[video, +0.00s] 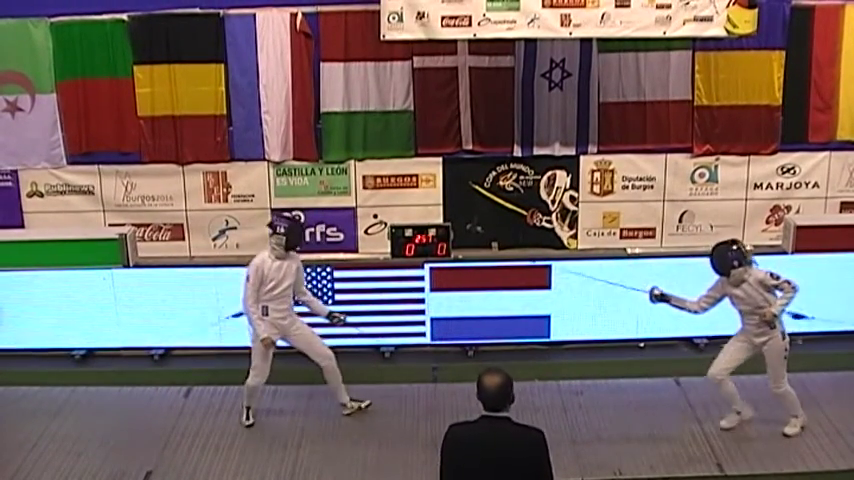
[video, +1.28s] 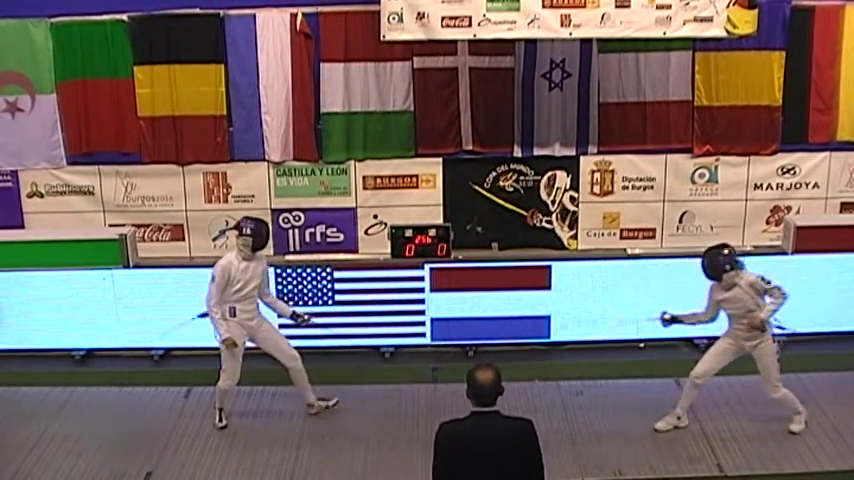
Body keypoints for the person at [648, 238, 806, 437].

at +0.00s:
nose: (729, 278)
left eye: (731, 273)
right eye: (727, 274)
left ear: (741, 266)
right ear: (724, 270)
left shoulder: (758, 277)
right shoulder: (724, 284)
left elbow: (790, 289)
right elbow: (698, 307)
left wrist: (775, 310)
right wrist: (666, 298)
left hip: (773, 336)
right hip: (747, 336)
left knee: (779, 386)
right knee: (717, 374)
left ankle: (798, 418)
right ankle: (740, 410)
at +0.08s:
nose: (723, 272)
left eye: (725, 266)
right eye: (720, 268)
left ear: (733, 259)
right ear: (717, 265)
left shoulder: (750, 270)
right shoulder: (716, 278)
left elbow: (784, 282)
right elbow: (691, 301)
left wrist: (768, 304)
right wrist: (657, 296)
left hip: (765, 330)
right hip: (739, 329)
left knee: (776, 382)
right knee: (707, 371)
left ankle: (796, 417)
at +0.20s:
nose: (710, 272)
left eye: (711, 267)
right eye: (706, 268)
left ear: (718, 262)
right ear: (703, 267)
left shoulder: (736, 273)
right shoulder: (701, 281)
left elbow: (769, 285)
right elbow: (673, 300)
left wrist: (753, 306)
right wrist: (639, 296)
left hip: (752, 333)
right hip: (725, 333)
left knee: (770, 382)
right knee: (692, 374)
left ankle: (793, 417)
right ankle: (668, 416)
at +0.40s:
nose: (681, 278)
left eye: (683, 273)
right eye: (677, 274)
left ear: (693, 267)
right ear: (674, 272)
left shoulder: (708, 278)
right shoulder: (673, 287)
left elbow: (740, 291)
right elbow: (645, 306)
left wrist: (724, 311)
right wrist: (612, 299)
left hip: (725, 335)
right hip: (698, 336)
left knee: (754, 380)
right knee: (667, 374)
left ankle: (786, 413)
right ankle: (662, 420)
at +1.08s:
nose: (698, 272)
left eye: (698, 267)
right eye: (696, 269)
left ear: (706, 261)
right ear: (693, 267)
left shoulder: (726, 271)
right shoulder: (691, 281)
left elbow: (758, 278)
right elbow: (668, 303)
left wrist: (746, 301)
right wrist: (634, 302)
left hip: (742, 329)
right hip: (715, 330)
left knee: (762, 379)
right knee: (684, 370)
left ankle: (789, 411)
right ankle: (678, 415)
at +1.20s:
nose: (713, 280)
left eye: (713, 275)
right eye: (710, 276)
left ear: (720, 269)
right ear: (707, 274)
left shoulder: (740, 281)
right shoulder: (704, 289)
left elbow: (763, 299)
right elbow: (691, 316)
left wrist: (751, 320)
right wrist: (659, 315)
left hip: (751, 339)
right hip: (723, 338)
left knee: (769, 390)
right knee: (687, 374)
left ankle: (799, 411)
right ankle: (678, 415)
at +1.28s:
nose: (721, 281)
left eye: (722, 276)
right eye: (718, 278)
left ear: (729, 268)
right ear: (715, 274)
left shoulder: (750, 281)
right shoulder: (716, 290)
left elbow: (779, 295)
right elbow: (708, 317)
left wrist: (764, 316)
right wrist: (676, 319)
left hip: (761, 340)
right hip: (733, 339)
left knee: (774, 391)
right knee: (696, 376)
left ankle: (800, 413)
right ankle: (679, 416)